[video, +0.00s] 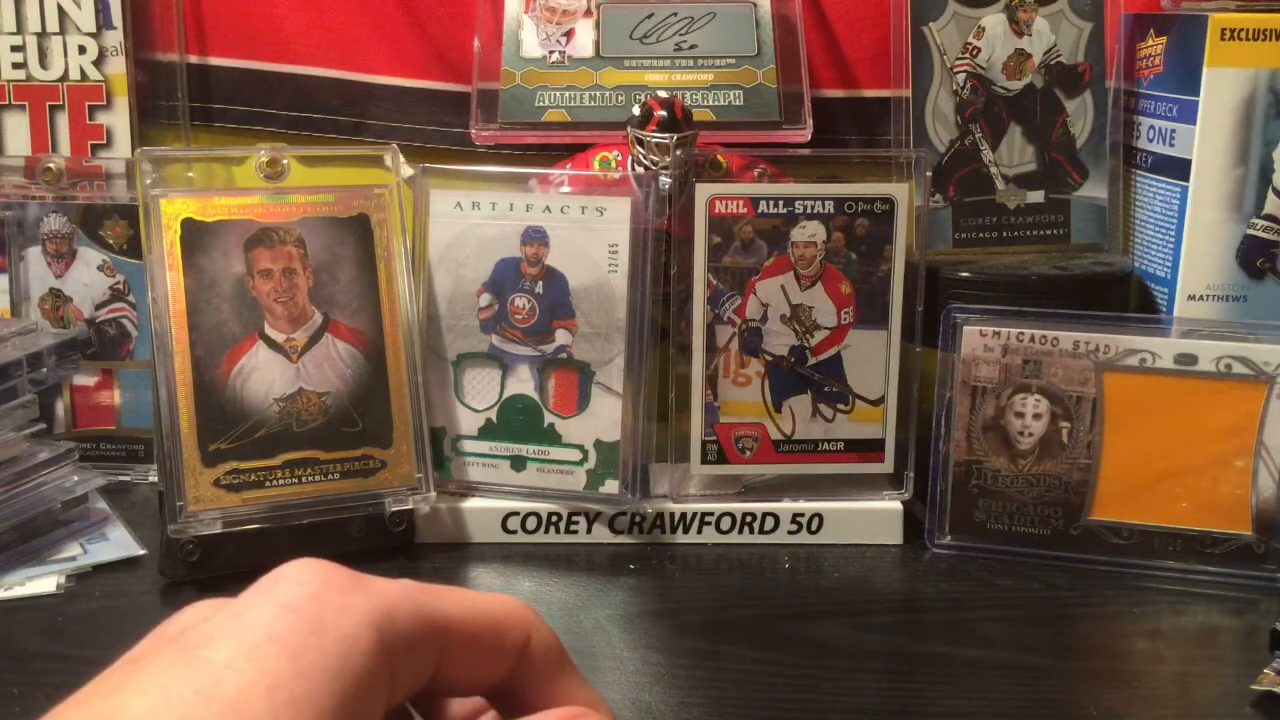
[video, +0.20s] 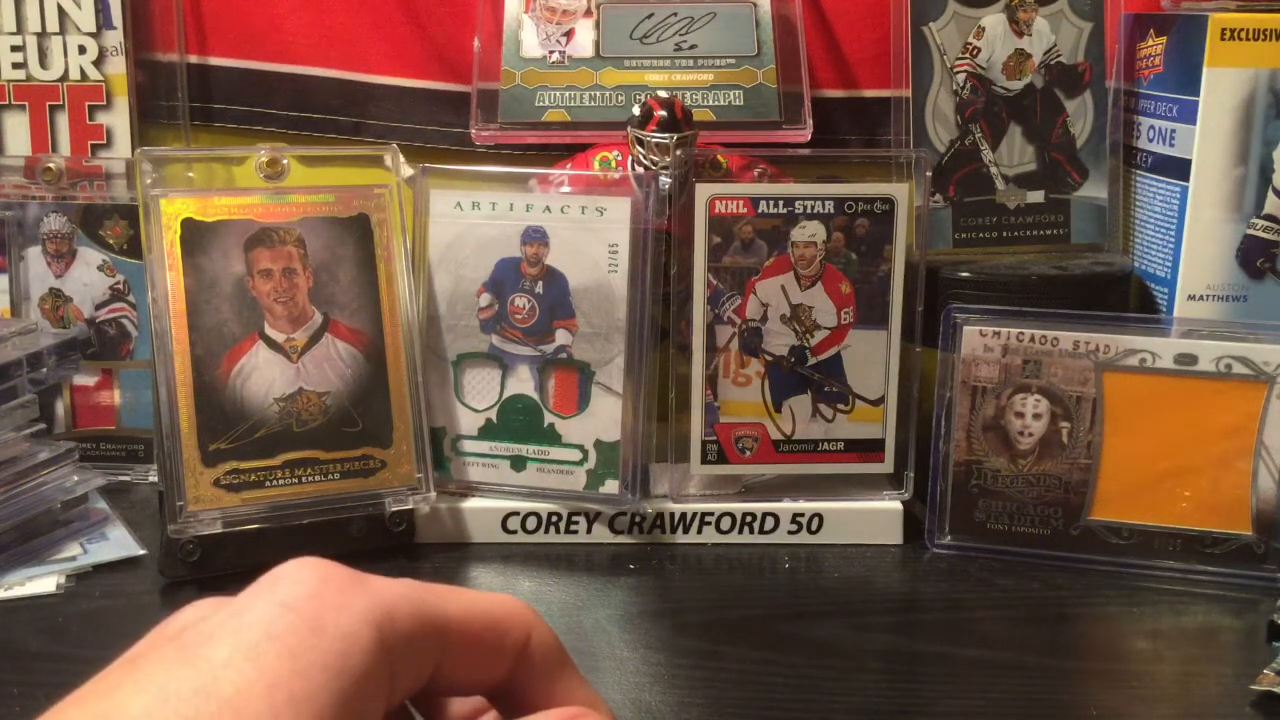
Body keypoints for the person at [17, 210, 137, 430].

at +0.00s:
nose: (56, 246)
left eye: (62, 240)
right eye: (51, 241)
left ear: (72, 240)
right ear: (43, 242)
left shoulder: (96, 264)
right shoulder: (27, 261)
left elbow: (121, 307)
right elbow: (15, 308)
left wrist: (105, 335)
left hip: (88, 366)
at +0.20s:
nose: (57, 246)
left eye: (62, 239)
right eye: (51, 240)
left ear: (72, 240)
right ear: (43, 242)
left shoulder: (97, 264)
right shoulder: (27, 261)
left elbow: (121, 307)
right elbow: (17, 310)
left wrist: (105, 335)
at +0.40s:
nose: (56, 246)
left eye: (62, 240)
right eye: (51, 241)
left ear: (72, 240)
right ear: (43, 242)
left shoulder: (95, 264)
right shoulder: (27, 260)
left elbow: (120, 302)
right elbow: (13, 307)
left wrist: (108, 333)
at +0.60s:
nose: (56, 246)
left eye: (62, 240)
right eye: (51, 241)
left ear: (72, 240)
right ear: (43, 242)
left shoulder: (95, 264)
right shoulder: (27, 260)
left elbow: (120, 302)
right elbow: (12, 307)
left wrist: (108, 333)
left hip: (88, 366)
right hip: (40, 362)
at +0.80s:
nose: (57, 245)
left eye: (62, 239)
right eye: (51, 240)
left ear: (72, 239)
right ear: (43, 242)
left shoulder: (95, 264)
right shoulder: (27, 261)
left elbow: (120, 303)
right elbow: (10, 305)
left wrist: (108, 333)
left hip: (88, 362)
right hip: (39, 359)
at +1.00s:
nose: (57, 245)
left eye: (62, 239)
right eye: (51, 240)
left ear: (72, 239)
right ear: (43, 242)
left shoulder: (95, 264)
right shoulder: (27, 261)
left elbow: (120, 303)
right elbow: (10, 305)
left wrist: (108, 333)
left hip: (88, 362)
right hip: (39, 360)